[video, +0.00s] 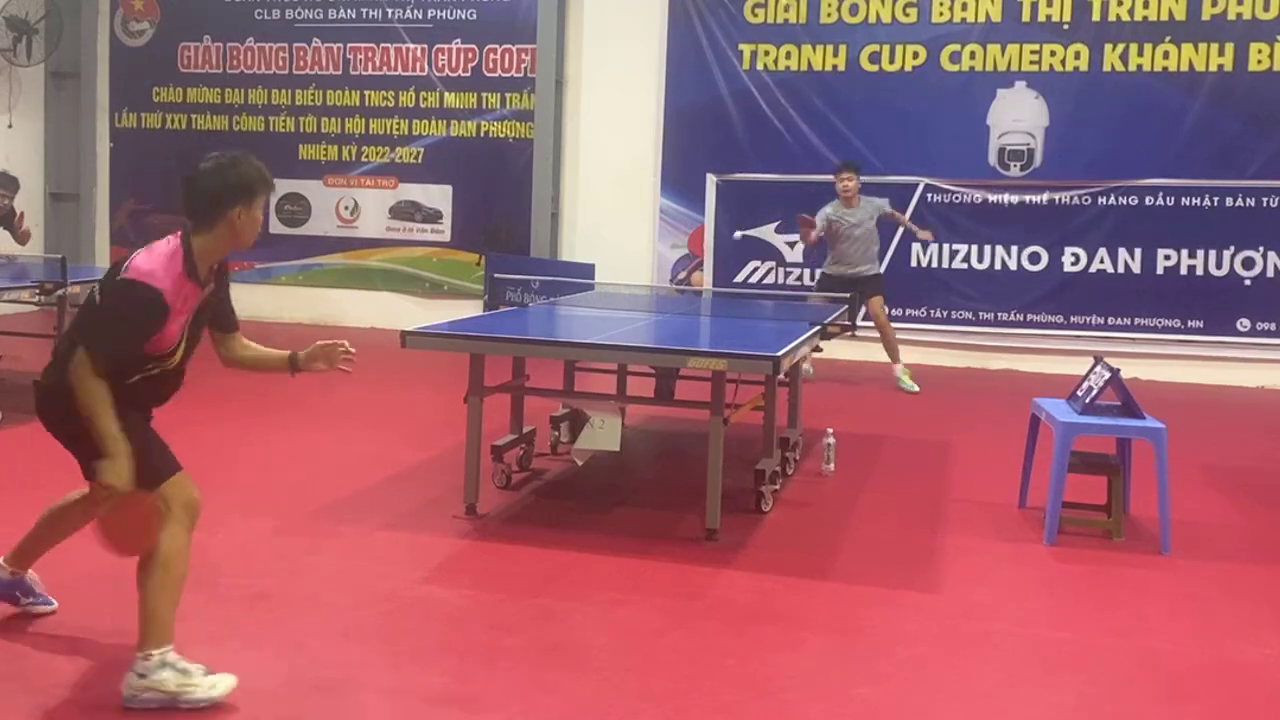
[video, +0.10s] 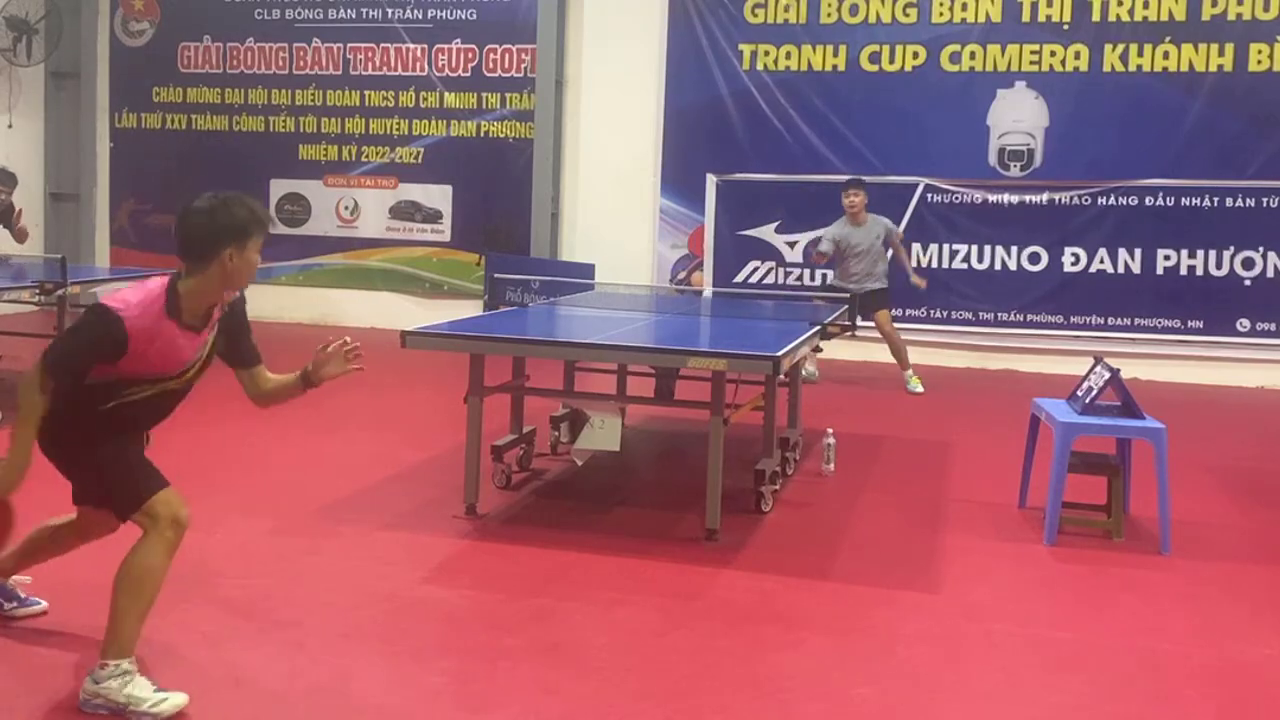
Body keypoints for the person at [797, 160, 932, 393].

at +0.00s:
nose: (845, 185)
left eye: (850, 180)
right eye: (841, 181)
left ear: (859, 183)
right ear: (835, 185)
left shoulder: (874, 205)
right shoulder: (828, 213)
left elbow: (895, 216)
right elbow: (812, 239)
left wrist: (917, 231)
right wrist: (807, 236)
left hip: (868, 274)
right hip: (834, 275)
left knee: (879, 317)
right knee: (811, 316)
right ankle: (804, 360)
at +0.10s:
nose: (851, 200)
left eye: (856, 196)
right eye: (847, 196)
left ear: (865, 199)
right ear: (842, 201)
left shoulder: (881, 224)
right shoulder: (836, 230)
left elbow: (898, 248)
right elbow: (822, 256)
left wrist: (911, 274)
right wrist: (818, 257)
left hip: (874, 288)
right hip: (842, 288)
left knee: (886, 329)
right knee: (815, 318)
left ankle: (909, 374)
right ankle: (810, 365)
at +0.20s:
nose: (844, 204)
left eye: (849, 199)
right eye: (840, 200)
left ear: (858, 203)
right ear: (835, 205)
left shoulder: (876, 229)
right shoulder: (828, 234)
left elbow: (886, 259)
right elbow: (817, 261)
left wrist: (886, 286)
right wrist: (814, 267)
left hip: (871, 291)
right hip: (838, 292)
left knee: (886, 331)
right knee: (808, 323)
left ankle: (909, 375)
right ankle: (800, 365)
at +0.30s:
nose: (828, 196)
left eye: (833, 191)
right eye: (824, 191)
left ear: (842, 193)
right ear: (819, 195)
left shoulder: (860, 220)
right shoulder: (811, 225)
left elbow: (870, 246)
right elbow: (800, 251)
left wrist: (866, 265)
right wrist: (798, 262)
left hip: (854, 286)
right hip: (821, 286)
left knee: (873, 328)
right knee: (800, 321)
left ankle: (902, 373)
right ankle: (801, 365)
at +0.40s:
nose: (813, 185)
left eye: (818, 180)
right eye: (809, 181)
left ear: (827, 182)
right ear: (805, 184)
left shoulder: (845, 209)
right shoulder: (797, 214)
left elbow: (858, 236)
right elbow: (785, 242)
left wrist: (853, 251)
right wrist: (783, 250)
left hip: (840, 275)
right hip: (807, 275)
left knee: (856, 320)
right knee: (788, 314)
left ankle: (875, 366)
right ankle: (799, 364)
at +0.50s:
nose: (801, 181)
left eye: (805, 177)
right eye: (797, 178)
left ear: (814, 179)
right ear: (792, 182)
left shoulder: (832, 204)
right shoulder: (785, 210)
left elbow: (848, 230)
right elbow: (772, 236)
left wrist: (838, 244)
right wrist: (771, 252)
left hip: (830, 271)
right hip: (797, 269)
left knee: (841, 314)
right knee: (773, 301)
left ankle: (851, 361)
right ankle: (782, 353)